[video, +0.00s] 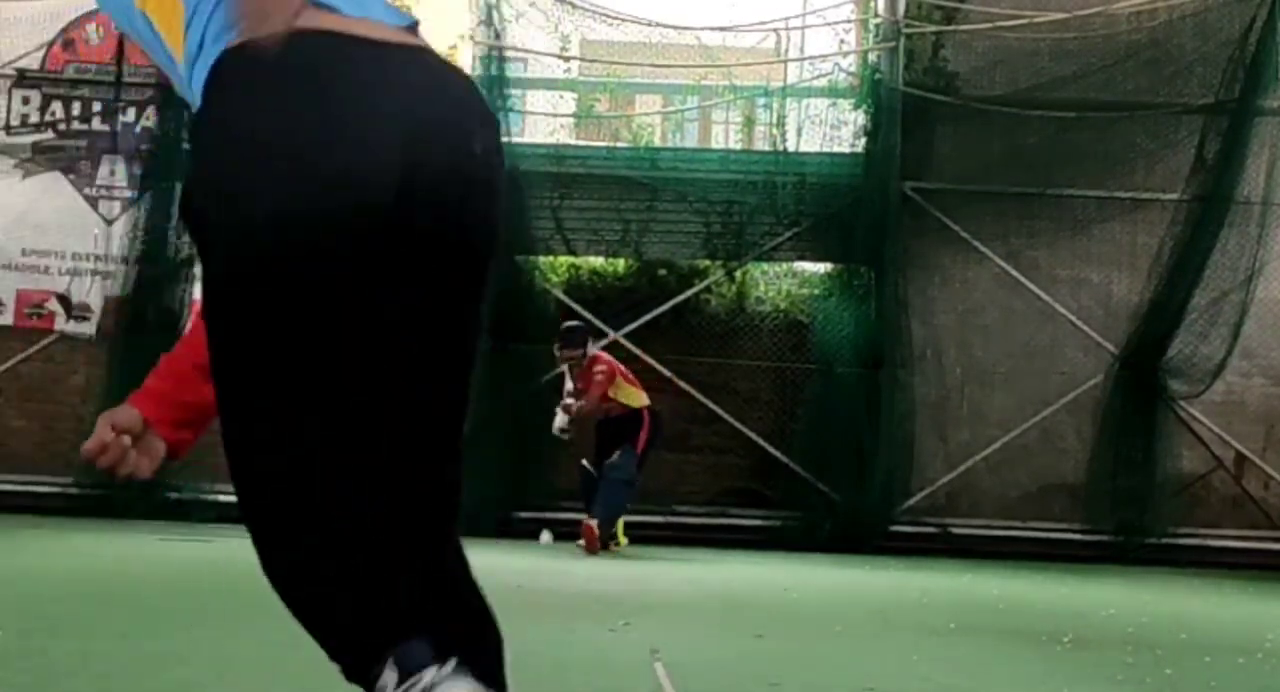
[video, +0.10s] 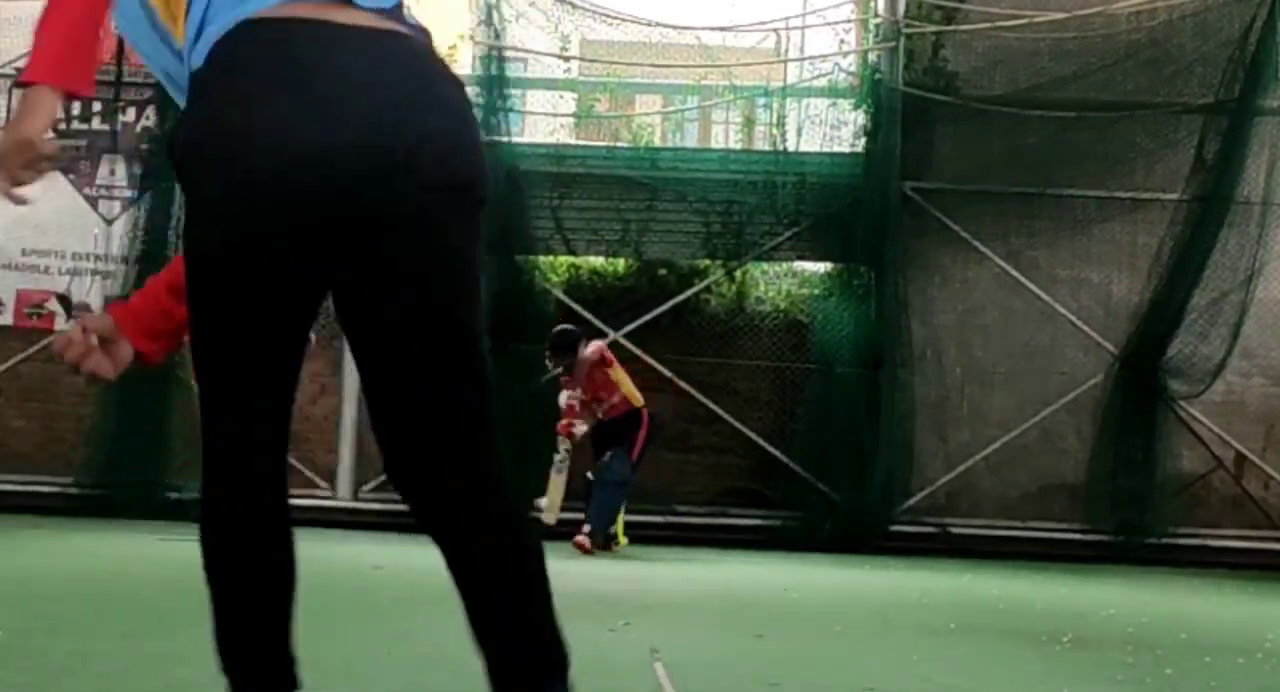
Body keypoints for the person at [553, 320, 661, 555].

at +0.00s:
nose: (571, 364)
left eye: (575, 358)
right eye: (566, 359)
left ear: (586, 351)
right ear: (561, 354)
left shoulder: (602, 364)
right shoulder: (571, 367)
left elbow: (592, 402)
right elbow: (570, 393)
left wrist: (573, 408)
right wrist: (563, 414)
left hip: (636, 413)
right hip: (608, 416)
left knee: (620, 468)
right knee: (601, 470)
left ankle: (600, 529)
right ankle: (610, 532)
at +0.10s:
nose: (557, 365)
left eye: (560, 358)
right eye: (555, 359)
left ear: (573, 351)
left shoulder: (597, 351)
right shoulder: (571, 381)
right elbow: (585, 415)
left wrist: (577, 388)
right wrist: (574, 427)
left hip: (630, 414)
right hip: (603, 422)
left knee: (616, 471)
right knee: (600, 474)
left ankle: (593, 532)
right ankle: (606, 532)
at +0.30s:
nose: (545, 370)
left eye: (548, 364)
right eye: (544, 365)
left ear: (561, 358)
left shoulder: (590, 366)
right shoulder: (564, 384)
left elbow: (590, 334)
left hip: (627, 425)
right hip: (603, 432)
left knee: (607, 478)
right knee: (597, 480)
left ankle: (592, 537)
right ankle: (600, 535)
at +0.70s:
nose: (572, 355)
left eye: (574, 349)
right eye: (565, 352)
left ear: (580, 346)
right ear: (559, 356)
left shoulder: (593, 360)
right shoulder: (559, 381)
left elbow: (603, 314)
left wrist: (578, 326)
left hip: (614, 428)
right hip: (588, 436)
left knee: (597, 476)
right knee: (586, 481)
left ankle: (588, 536)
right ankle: (598, 530)